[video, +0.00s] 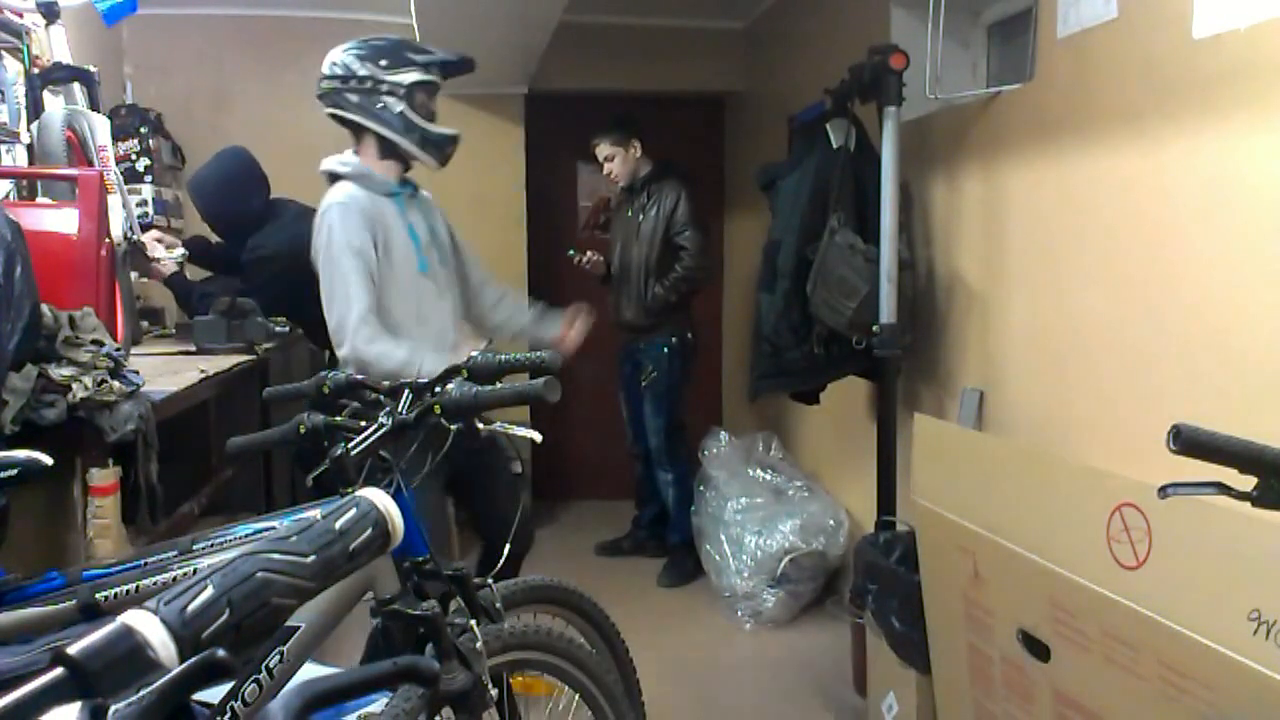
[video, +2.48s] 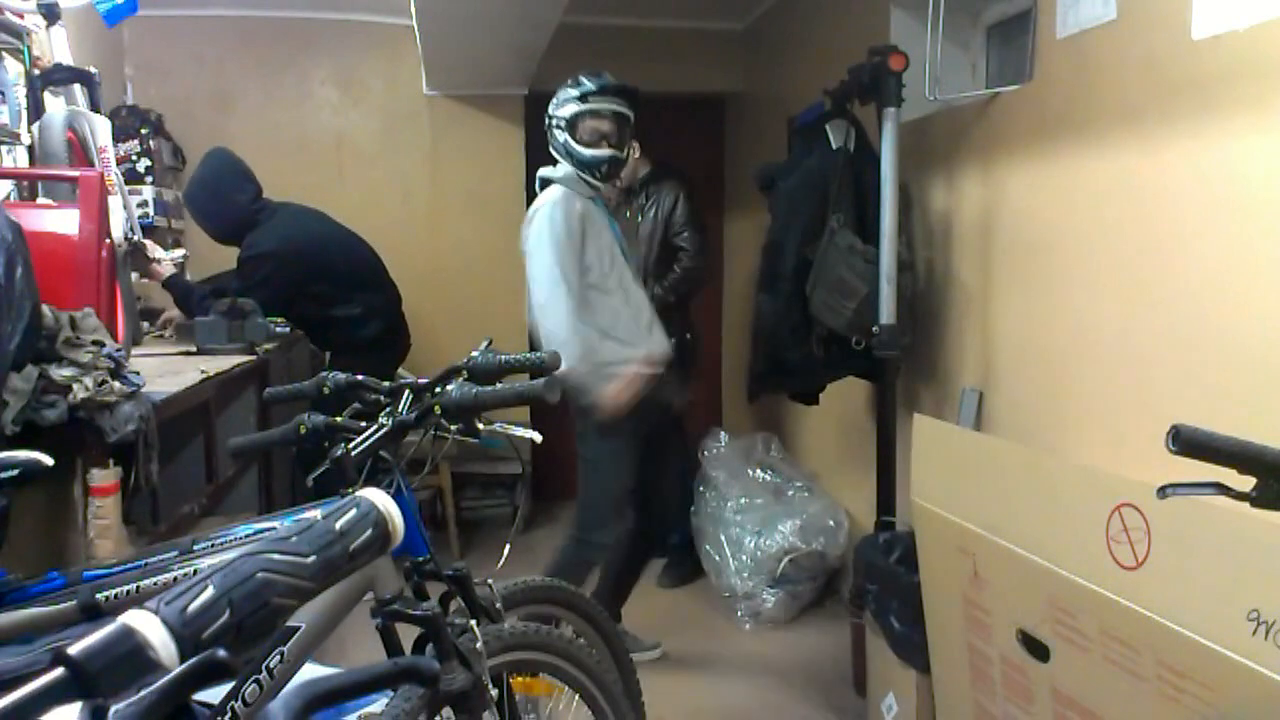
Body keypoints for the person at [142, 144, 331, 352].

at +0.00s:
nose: (207, 220)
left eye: (209, 212)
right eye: (205, 212)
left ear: (228, 210)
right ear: (257, 191)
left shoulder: (271, 255)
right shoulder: (287, 212)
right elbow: (242, 259)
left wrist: (173, 279)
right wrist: (185, 248)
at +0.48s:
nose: (208, 216)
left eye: (208, 207)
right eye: (205, 207)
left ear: (225, 206)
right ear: (254, 188)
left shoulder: (268, 254)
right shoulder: (284, 213)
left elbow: (216, 310)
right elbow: (238, 258)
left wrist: (170, 276)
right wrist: (184, 250)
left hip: (366, 349)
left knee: (320, 443)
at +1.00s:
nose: (208, 219)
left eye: (208, 210)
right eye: (205, 210)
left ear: (224, 209)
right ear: (252, 191)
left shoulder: (270, 253)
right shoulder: (283, 213)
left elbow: (215, 307)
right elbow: (239, 260)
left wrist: (168, 276)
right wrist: (182, 253)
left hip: (368, 348)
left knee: (319, 444)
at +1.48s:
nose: (209, 225)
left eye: (208, 217)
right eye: (205, 217)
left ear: (223, 215)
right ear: (252, 192)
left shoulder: (268, 254)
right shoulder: (289, 216)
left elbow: (218, 313)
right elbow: (259, 271)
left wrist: (168, 275)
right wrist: (217, 283)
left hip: (367, 350)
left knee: (318, 443)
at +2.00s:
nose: (207, 225)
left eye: (205, 215)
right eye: (203, 216)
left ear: (222, 209)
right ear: (247, 192)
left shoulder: (265, 251)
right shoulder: (288, 218)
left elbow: (230, 320)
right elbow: (246, 291)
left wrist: (168, 277)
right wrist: (177, 278)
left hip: (367, 351)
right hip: (386, 335)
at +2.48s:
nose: (206, 227)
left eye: (203, 217)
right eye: (201, 219)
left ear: (218, 210)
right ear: (243, 192)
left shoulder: (267, 249)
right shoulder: (282, 219)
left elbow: (227, 316)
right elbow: (244, 283)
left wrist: (166, 278)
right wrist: (187, 299)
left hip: (365, 352)